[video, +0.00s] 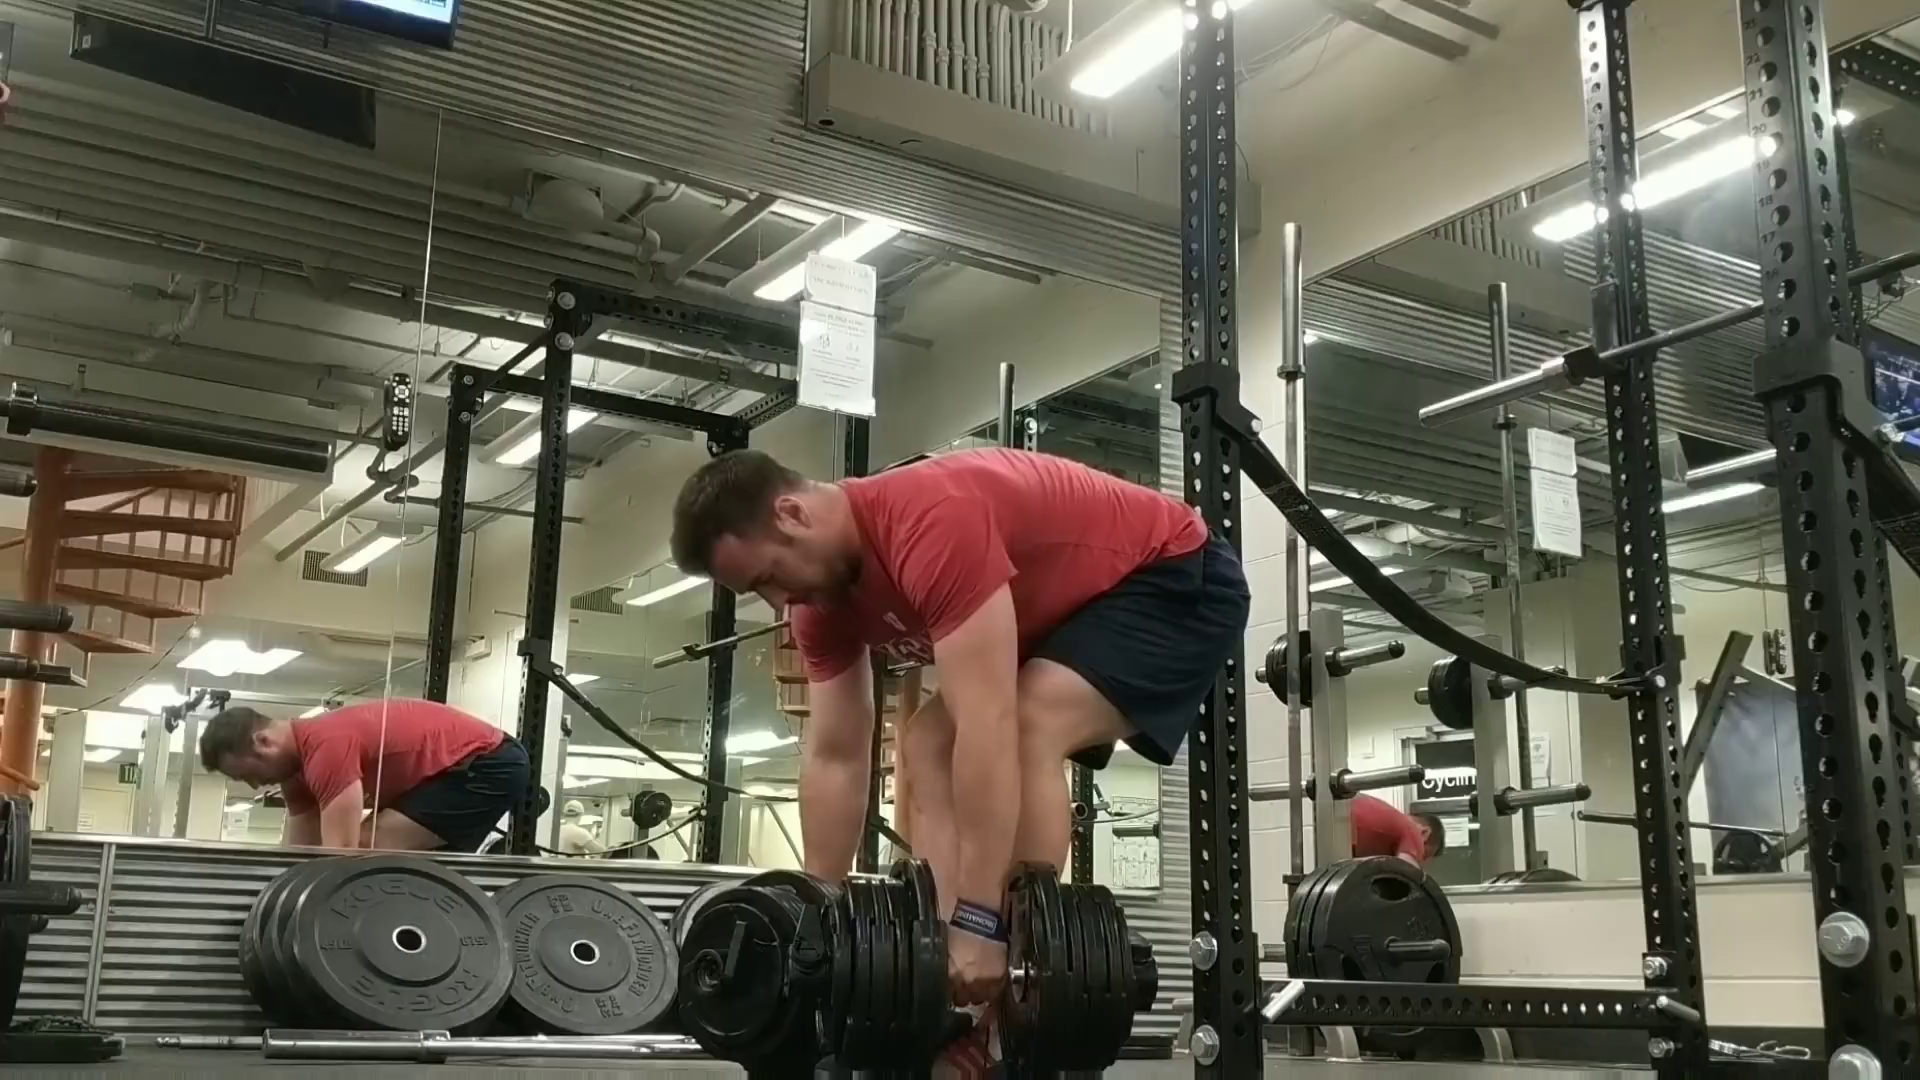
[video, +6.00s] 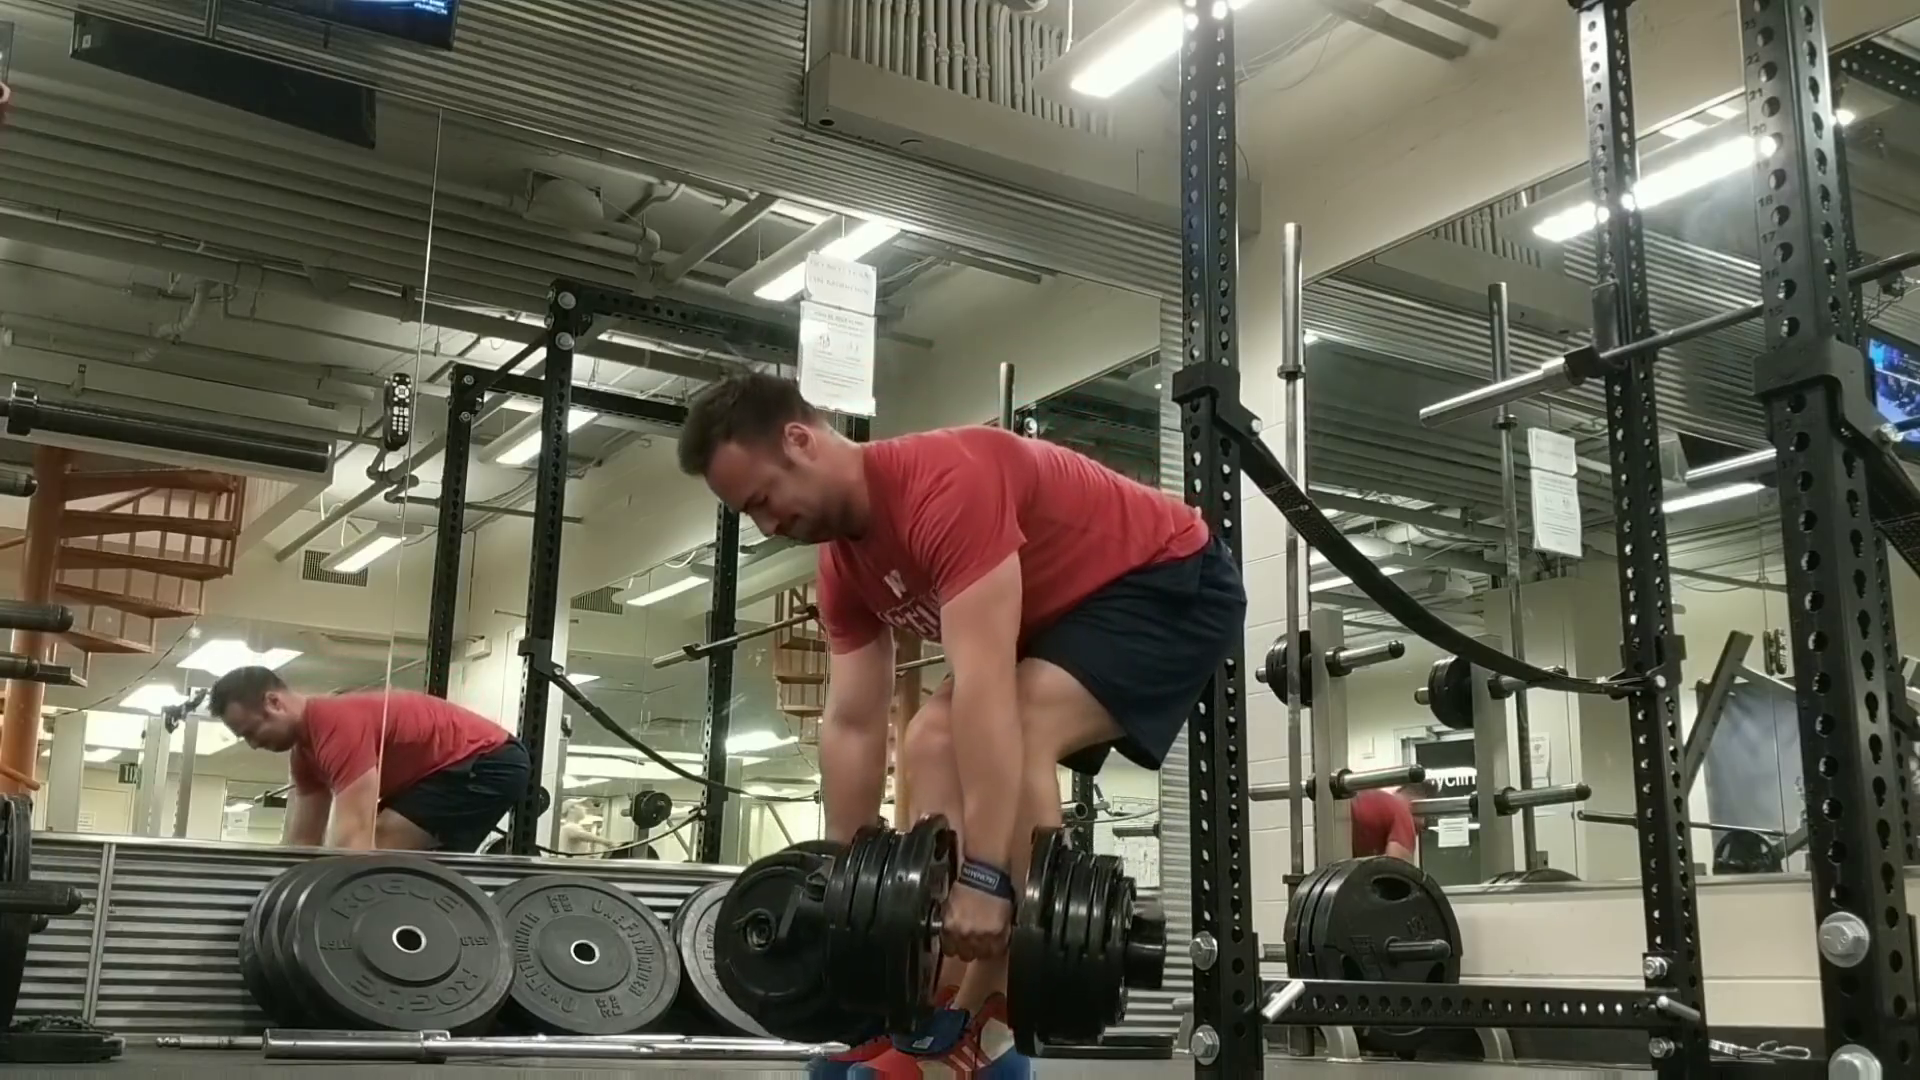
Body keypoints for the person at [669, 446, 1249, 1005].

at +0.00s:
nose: (777, 605)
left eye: (766, 581)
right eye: (757, 595)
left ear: (793, 515)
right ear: (794, 518)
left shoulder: (937, 521)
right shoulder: (826, 596)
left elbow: (987, 720)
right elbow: (833, 754)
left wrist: (980, 922)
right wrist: (817, 926)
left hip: (1173, 576)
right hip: (1063, 610)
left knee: (1025, 722)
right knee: (928, 733)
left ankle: (1024, 980)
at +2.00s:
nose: (778, 610)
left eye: (772, 584)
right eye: (761, 597)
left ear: (807, 523)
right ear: (806, 523)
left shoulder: (947, 525)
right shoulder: (859, 608)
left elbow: (1018, 722)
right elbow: (883, 764)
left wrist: (1049, 920)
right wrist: (886, 944)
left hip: (1186, 584)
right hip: (1082, 613)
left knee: (1021, 728)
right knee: (944, 730)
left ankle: (976, 1025)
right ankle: (918, 1007)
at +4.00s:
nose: (757, 557)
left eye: (755, 530)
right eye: (742, 545)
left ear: (797, 470)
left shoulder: (944, 505)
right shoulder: (837, 591)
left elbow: (992, 703)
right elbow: (858, 746)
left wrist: (1001, 905)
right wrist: (850, 912)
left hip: (1169, 581)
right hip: (1062, 615)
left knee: (1021, 725)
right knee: (929, 738)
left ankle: (994, 1024)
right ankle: (927, 1021)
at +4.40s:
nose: (773, 510)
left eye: (767, 484)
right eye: (756, 499)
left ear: (804, 423)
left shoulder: (952, 456)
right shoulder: (846, 538)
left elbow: (1043, 624)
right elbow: (883, 684)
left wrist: (1040, 808)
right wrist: (876, 844)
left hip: (1166, 578)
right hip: (1054, 603)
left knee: (1009, 732)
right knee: (942, 733)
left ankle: (993, 1020)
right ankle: (943, 1003)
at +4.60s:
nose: (796, 478)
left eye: (788, 455)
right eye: (778, 471)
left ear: (816, 391)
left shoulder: (967, 412)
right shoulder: (857, 509)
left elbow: (1094, 548)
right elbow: (906, 631)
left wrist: (1088, 721)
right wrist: (896, 769)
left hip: (1163, 572)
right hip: (1040, 604)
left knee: (1020, 764)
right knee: (948, 757)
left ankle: (988, 1020)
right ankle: (941, 1004)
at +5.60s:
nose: (794, 482)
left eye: (785, 459)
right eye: (775, 475)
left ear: (812, 394)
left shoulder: (965, 420)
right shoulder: (853, 512)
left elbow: (1026, 602)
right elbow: (874, 665)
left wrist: (1029, 786)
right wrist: (864, 821)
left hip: (1164, 574)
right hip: (1053, 603)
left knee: (1018, 741)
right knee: (930, 747)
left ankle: (991, 1018)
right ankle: (942, 1000)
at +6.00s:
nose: (764, 525)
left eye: (762, 499)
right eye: (748, 515)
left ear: (803, 439)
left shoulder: (952, 483)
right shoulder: (845, 566)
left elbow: (985, 687)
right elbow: (854, 723)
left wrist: (985, 879)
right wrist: (845, 884)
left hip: (1167, 580)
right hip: (1061, 615)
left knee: (1015, 726)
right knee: (933, 737)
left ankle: (991, 1029)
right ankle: (935, 1018)